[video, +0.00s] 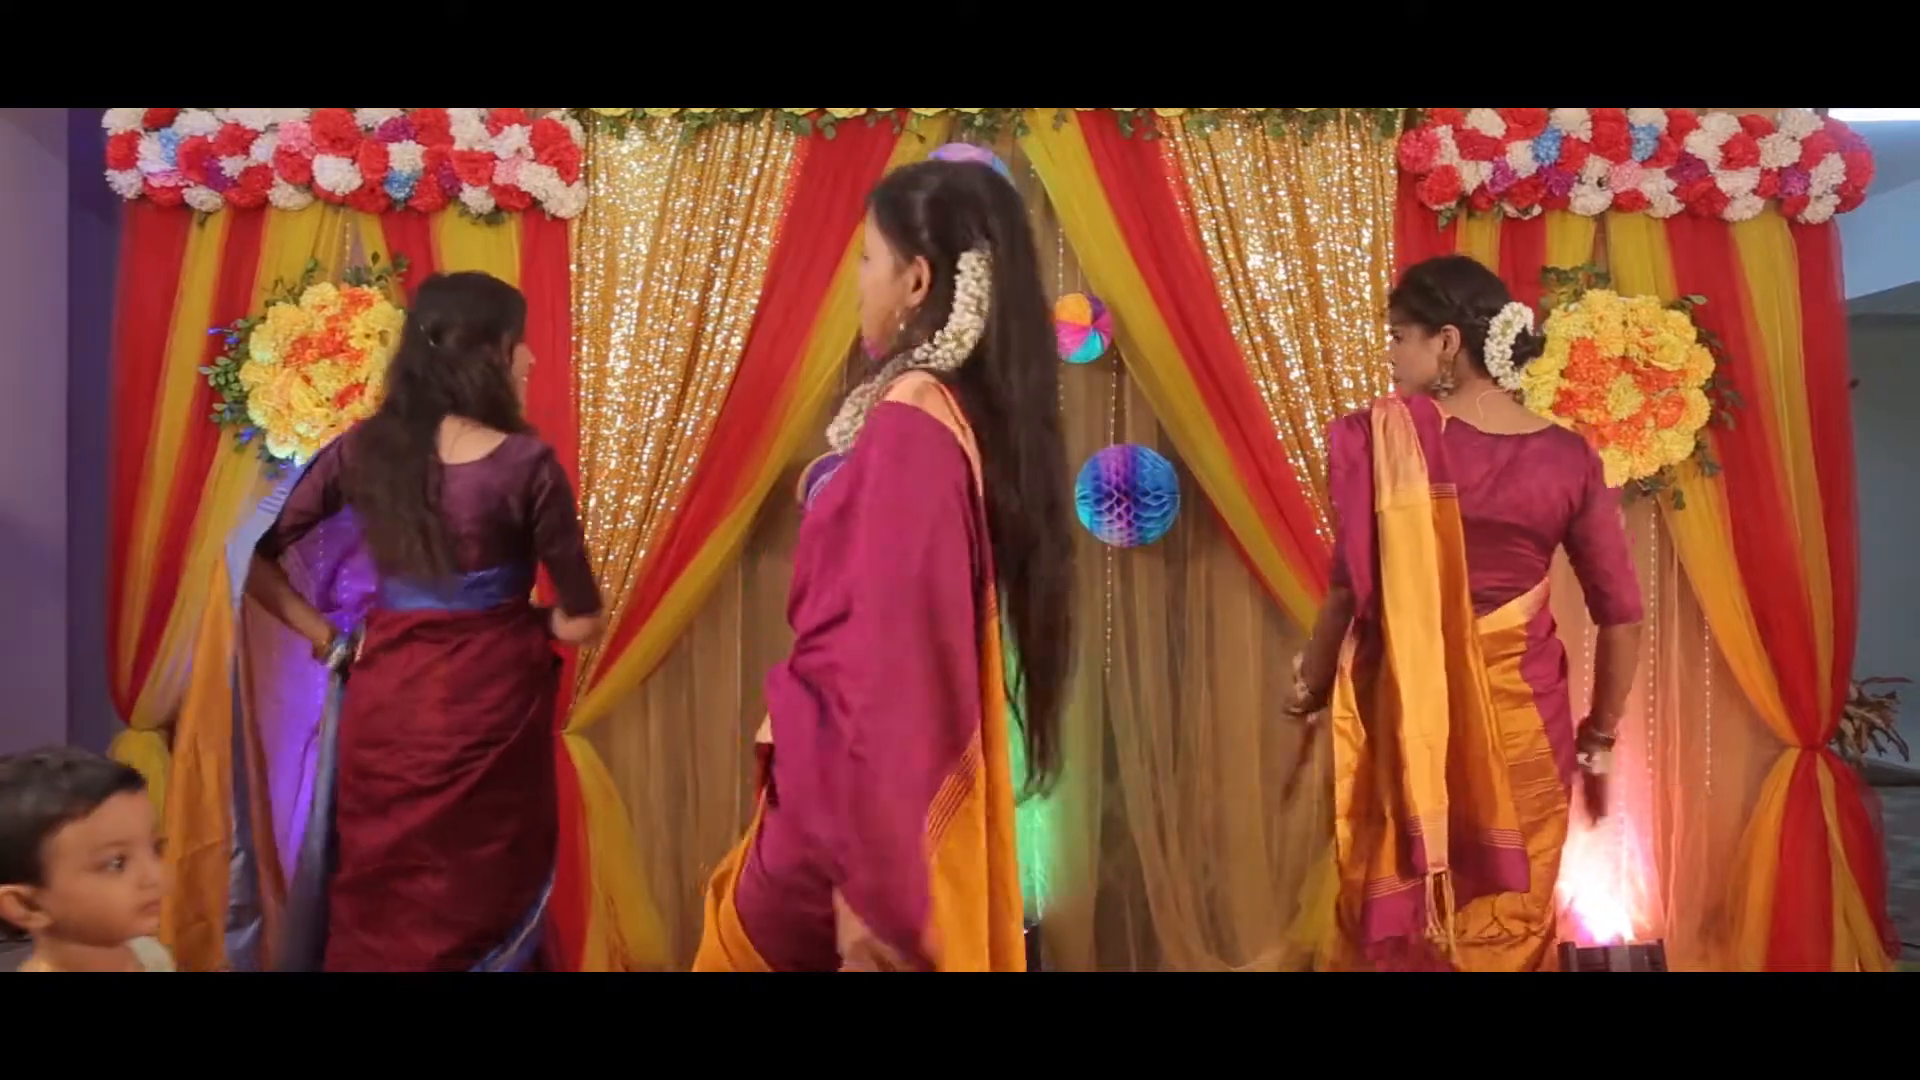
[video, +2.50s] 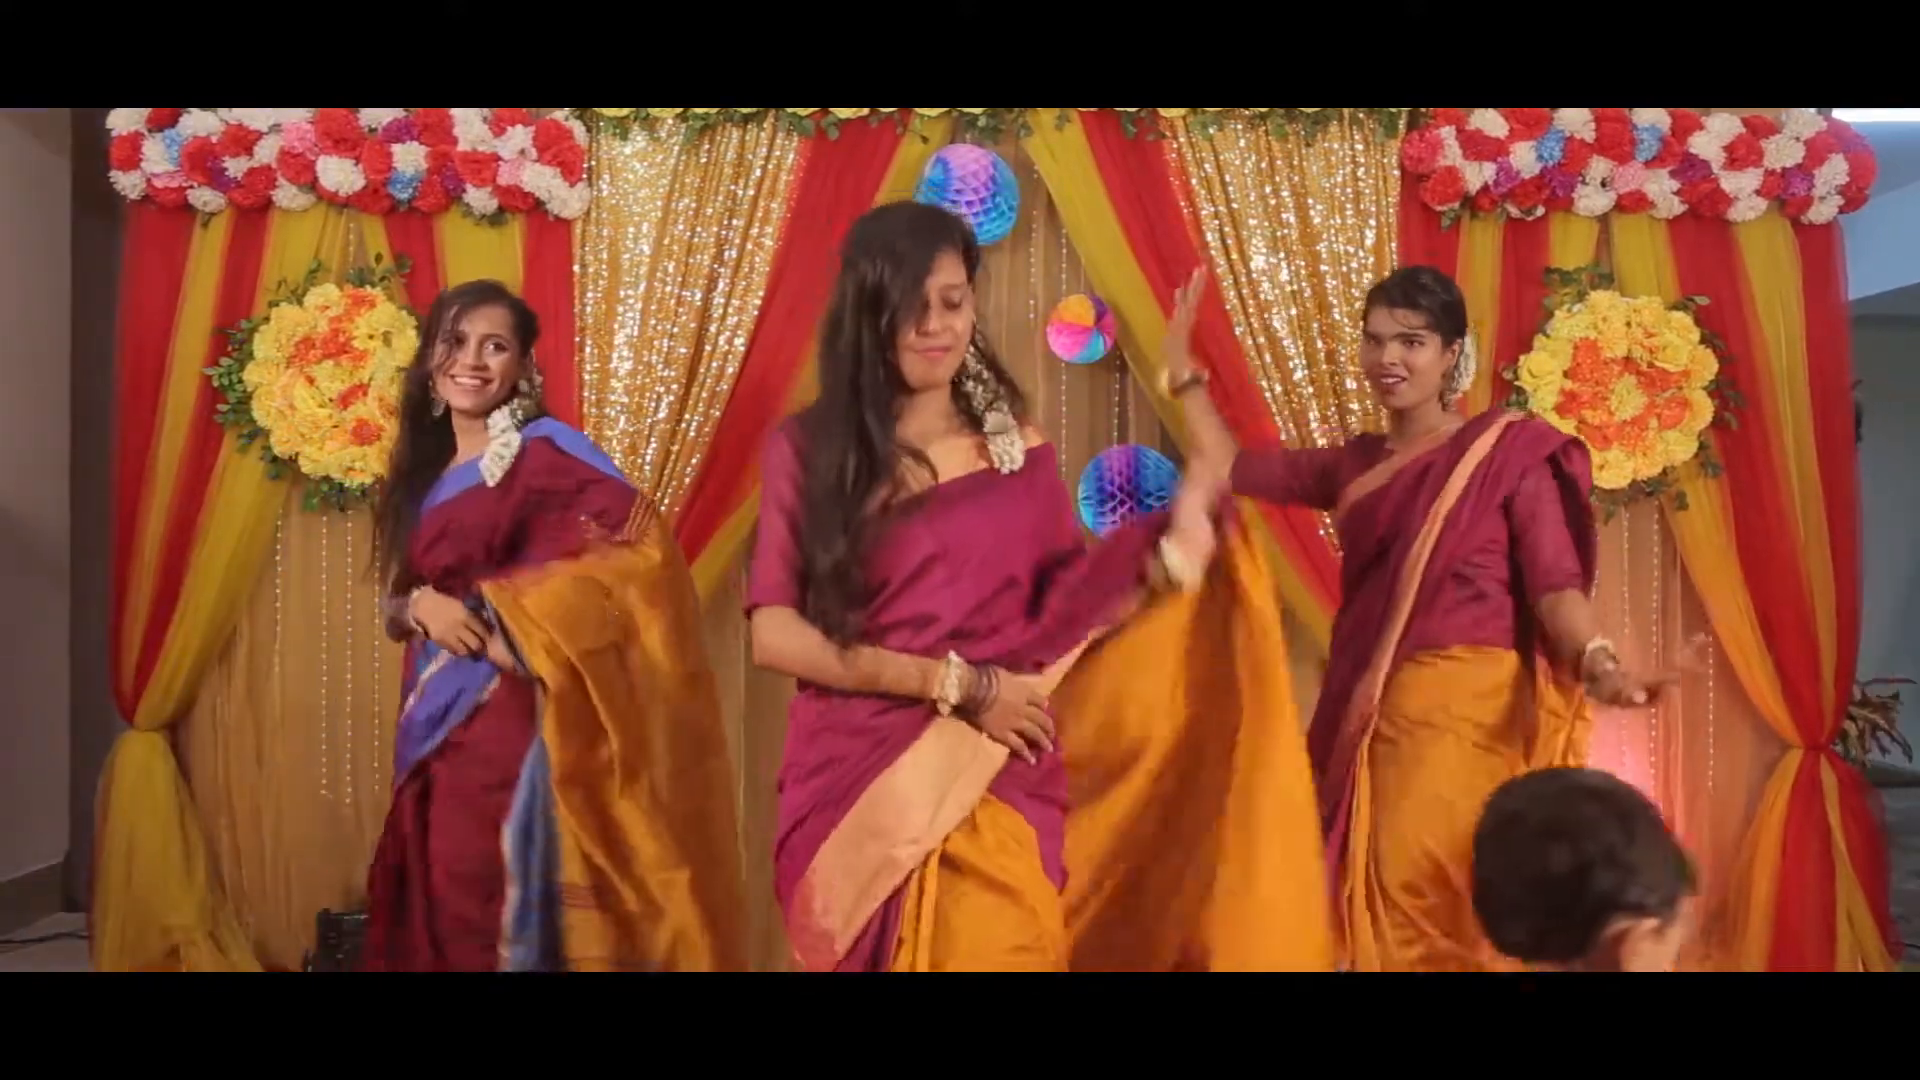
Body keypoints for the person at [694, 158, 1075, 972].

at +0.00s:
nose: (857, 282)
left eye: (866, 259)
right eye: (862, 258)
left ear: (916, 278)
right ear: (924, 278)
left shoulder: (908, 417)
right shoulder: (945, 401)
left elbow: (896, 662)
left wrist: (875, 890)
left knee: (738, 947)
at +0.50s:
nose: (897, 307)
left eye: (933, 288)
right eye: (895, 285)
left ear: (1003, 317)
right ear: (878, 303)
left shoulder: (1008, 435)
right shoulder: (906, 448)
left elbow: (1129, 620)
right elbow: (835, 629)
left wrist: (969, 771)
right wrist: (804, 728)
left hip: (915, 838)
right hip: (837, 825)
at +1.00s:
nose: (961, 294)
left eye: (992, 279)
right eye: (944, 268)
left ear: (1023, 306)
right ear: (908, 281)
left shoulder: (1042, 419)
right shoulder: (862, 442)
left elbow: (1180, 591)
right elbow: (770, 611)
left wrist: (1061, 706)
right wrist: (850, 679)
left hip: (969, 760)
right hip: (849, 765)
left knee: (893, 951)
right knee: (853, 951)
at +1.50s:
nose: (953, 278)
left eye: (978, 267)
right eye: (934, 253)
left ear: (993, 296)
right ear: (886, 259)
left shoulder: (1016, 417)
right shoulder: (791, 413)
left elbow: (1168, 562)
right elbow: (718, 591)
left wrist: (1078, 635)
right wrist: (885, 649)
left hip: (1005, 746)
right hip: (843, 750)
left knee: (1001, 958)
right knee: (844, 957)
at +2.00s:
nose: (883, 272)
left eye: (907, 252)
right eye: (859, 259)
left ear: (951, 280)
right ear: (836, 295)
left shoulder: (1019, 423)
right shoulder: (796, 433)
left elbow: (1109, 590)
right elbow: (745, 620)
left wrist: (976, 680)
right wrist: (911, 680)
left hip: (1002, 763)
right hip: (842, 762)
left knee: (969, 939)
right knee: (860, 947)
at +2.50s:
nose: (937, 326)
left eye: (953, 302)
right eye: (913, 306)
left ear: (975, 305)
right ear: (867, 313)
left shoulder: (1016, 442)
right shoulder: (808, 449)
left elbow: (1061, 607)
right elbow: (775, 636)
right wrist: (966, 688)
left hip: (1001, 783)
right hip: (855, 793)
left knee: (1006, 953)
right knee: (863, 960)